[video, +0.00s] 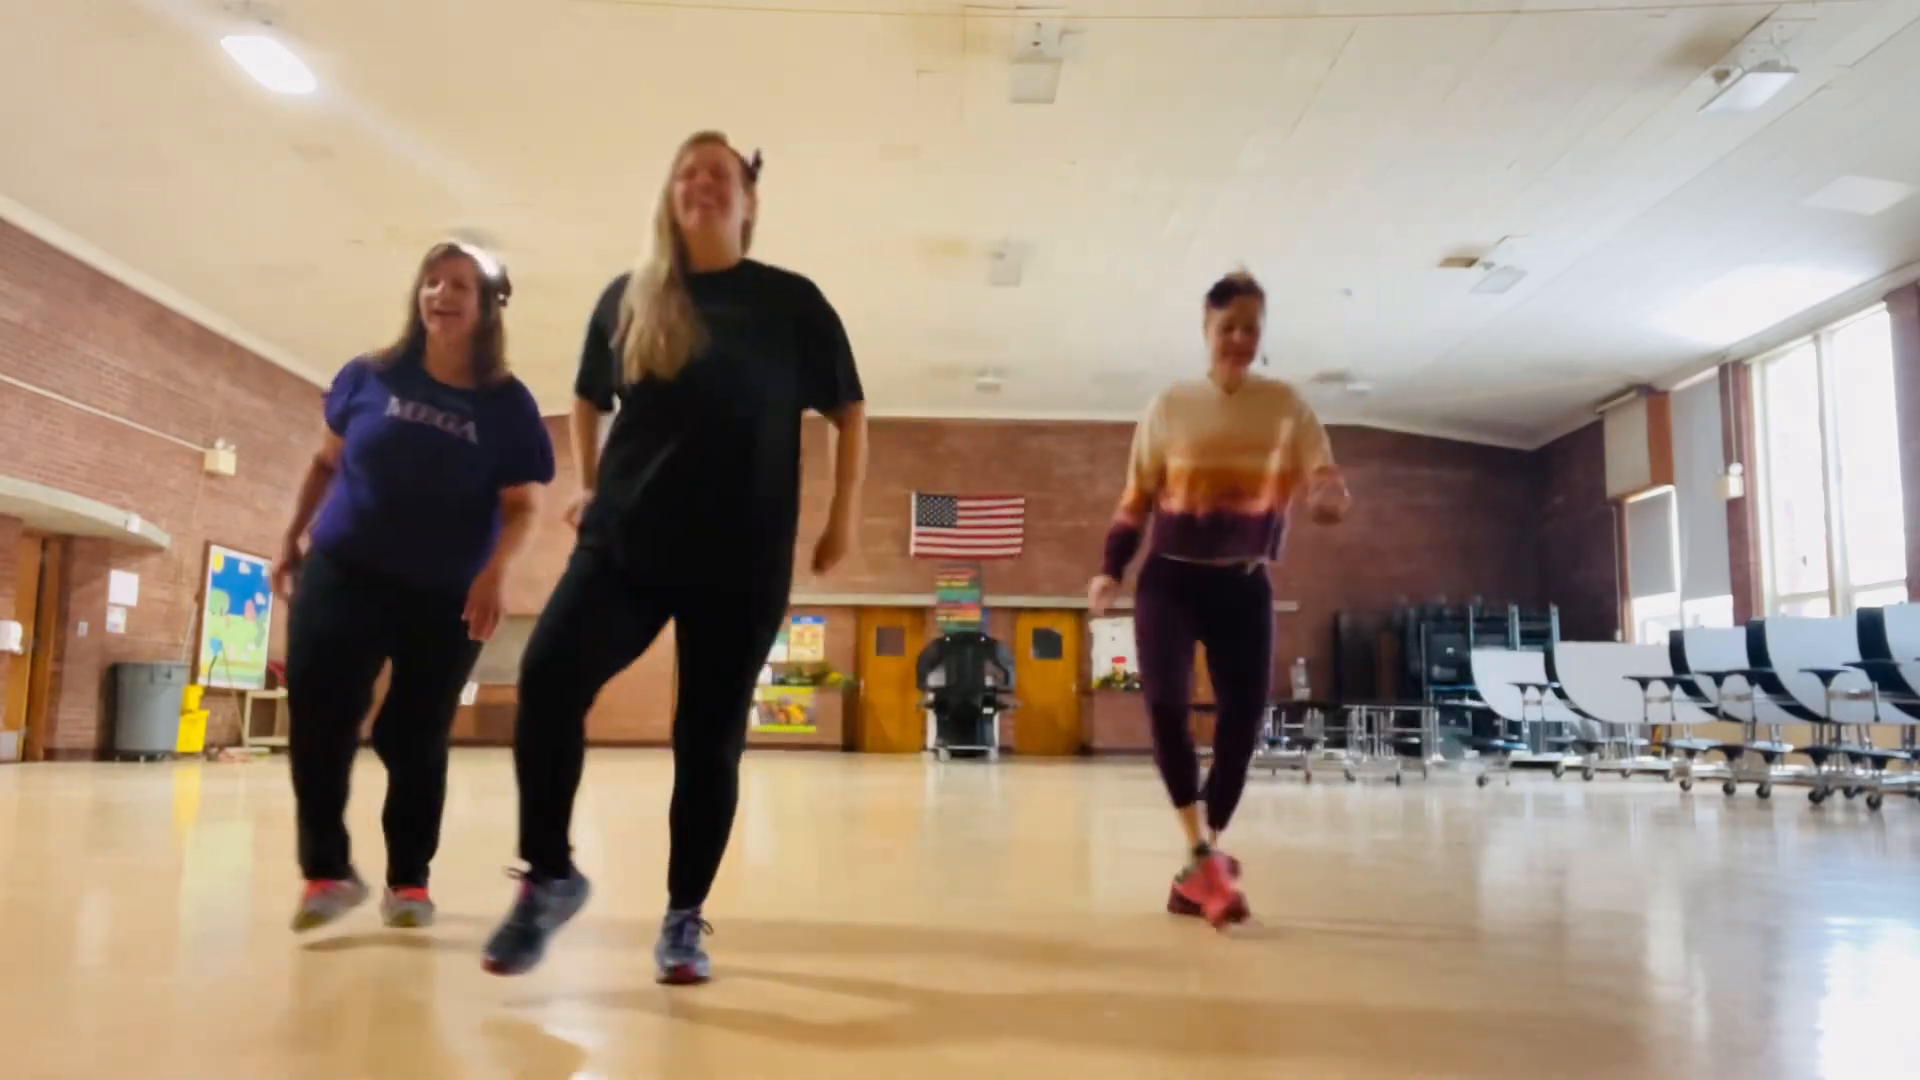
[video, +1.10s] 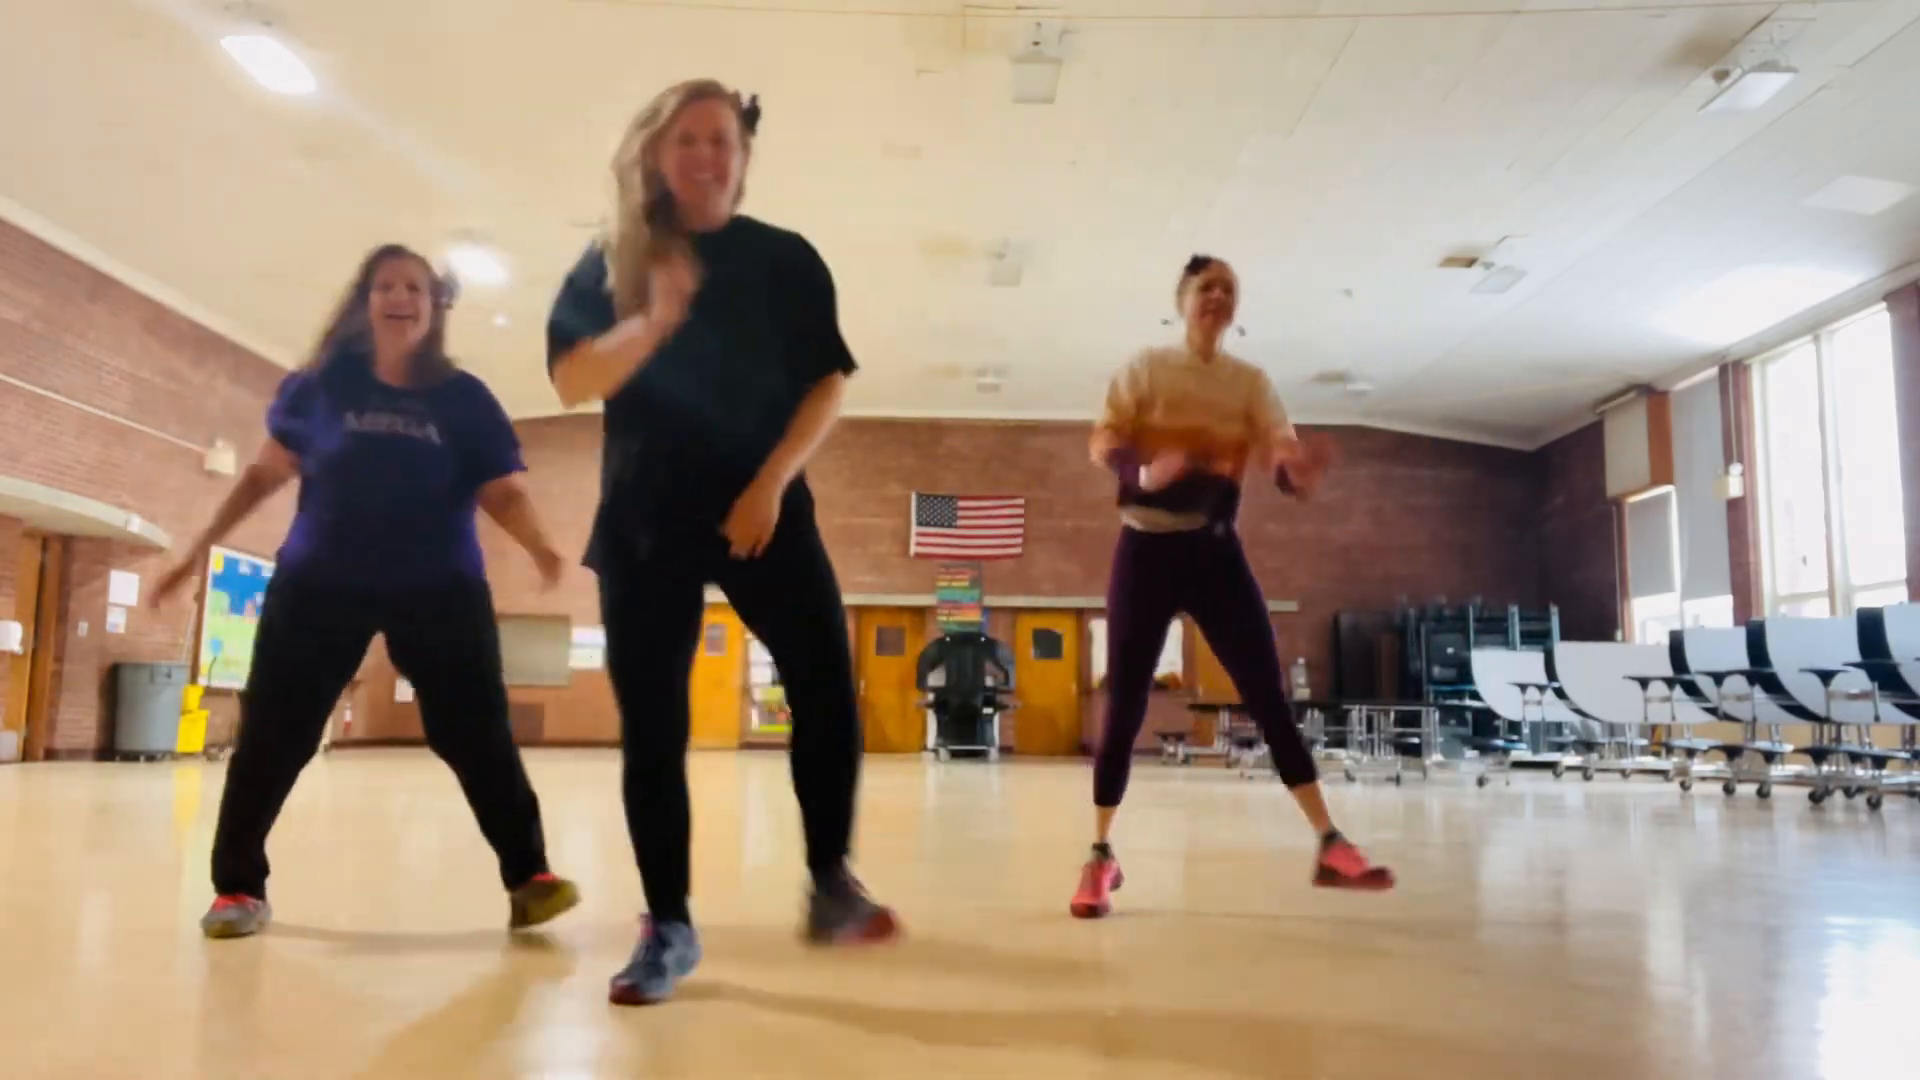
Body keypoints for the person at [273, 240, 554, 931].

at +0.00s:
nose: (441, 293)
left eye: (459, 286)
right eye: (433, 281)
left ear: (489, 306)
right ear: (417, 295)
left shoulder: (507, 403)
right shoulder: (368, 375)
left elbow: (521, 505)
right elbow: (326, 462)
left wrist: (493, 574)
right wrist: (293, 540)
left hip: (443, 594)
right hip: (345, 574)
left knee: (414, 737)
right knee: (316, 718)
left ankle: (408, 880)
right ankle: (328, 875)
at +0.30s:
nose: (364, 290)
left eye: (379, 282)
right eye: (352, 280)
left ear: (405, 303)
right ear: (332, 297)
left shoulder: (436, 397)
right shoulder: (287, 382)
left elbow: (458, 492)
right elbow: (249, 482)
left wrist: (465, 565)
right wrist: (214, 555)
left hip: (396, 594)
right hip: (288, 586)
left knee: (395, 740)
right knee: (256, 738)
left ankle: (408, 878)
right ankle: (240, 891)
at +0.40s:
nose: (337, 284)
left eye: (352, 276)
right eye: (325, 274)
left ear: (377, 296)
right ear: (305, 293)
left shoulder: (411, 386)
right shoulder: (267, 376)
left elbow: (456, 484)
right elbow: (214, 465)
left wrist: (460, 466)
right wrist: (195, 448)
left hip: (386, 584)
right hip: (277, 579)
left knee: (390, 728)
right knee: (252, 735)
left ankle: (408, 864)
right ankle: (239, 890)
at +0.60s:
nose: (312, 281)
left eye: (327, 271)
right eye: (298, 272)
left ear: (353, 291)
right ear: (281, 293)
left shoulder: (389, 370)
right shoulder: (251, 371)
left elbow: (430, 462)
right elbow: (188, 448)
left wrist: (420, 378)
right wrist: (197, 358)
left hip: (371, 575)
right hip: (265, 573)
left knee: (356, 730)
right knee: (247, 735)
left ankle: (354, 881)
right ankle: (239, 890)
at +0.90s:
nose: (331, 279)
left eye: (344, 269)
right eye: (315, 270)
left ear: (365, 287)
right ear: (294, 291)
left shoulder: (404, 373)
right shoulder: (262, 378)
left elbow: (448, 474)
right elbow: (202, 473)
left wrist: (402, 453)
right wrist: (208, 418)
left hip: (398, 570)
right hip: (288, 571)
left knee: (422, 714)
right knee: (258, 729)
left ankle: (436, 866)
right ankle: (239, 889)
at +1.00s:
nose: (357, 284)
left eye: (370, 274)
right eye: (344, 274)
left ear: (394, 293)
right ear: (320, 293)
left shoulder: (430, 382)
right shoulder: (282, 379)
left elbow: (465, 479)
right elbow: (224, 461)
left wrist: (472, 524)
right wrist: (172, 482)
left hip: (415, 574)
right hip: (301, 576)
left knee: (453, 721)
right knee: (265, 734)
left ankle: (496, 869)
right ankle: (239, 891)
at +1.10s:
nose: (398, 298)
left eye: (412, 288)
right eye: (385, 288)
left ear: (436, 306)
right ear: (362, 303)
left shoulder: (462, 397)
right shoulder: (317, 388)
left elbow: (501, 490)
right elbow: (265, 472)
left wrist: (539, 544)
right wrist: (195, 550)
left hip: (438, 591)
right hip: (322, 586)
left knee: (477, 732)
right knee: (272, 734)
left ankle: (527, 878)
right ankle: (238, 890)